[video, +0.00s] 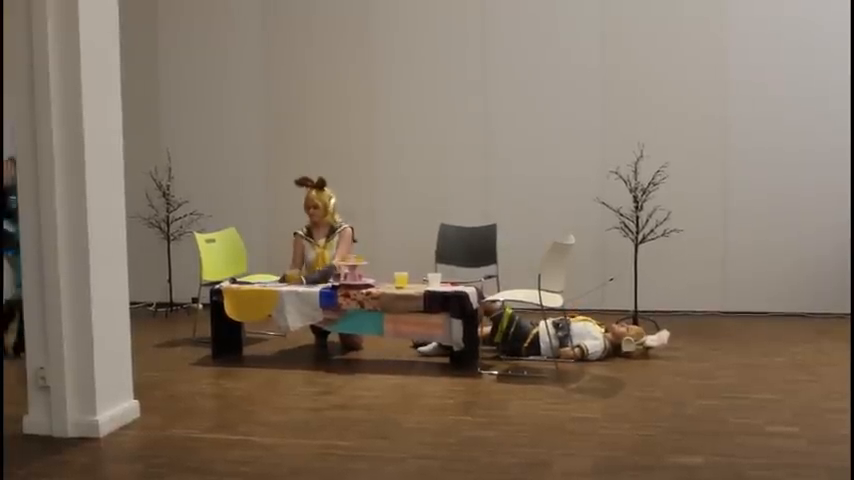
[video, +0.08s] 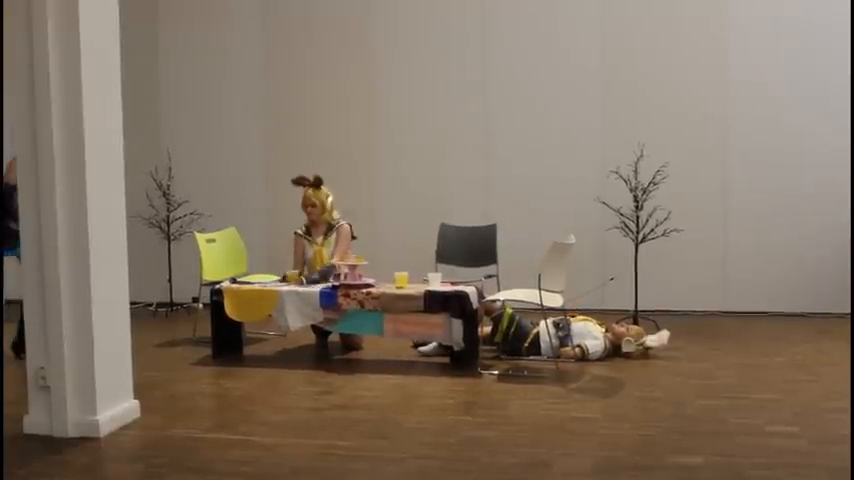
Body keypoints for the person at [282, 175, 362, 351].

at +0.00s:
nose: (310, 212)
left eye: (315, 207)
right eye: (307, 207)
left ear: (328, 208)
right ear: (304, 208)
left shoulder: (344, 231)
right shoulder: (301, 235)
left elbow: (338, 265)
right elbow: (295, 269)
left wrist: (308, 280)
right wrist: (291, 279)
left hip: (339, 291)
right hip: (311, 294)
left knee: (354, 343)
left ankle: (347, 338)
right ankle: (320, 339)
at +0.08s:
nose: (308, 210)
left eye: (313, 206)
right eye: (305, 206)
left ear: (325, 206)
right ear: (302, 207)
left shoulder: (342, 228)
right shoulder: (301, 235)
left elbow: (336, 262)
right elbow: (297, 271)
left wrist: (310, 279)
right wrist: (290, 279)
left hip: (340, 286)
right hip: (313, 289)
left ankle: (347, 335)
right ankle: (321, 338)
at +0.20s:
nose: (306, 212)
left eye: (311, 208)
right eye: (303, 208)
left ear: (323, 208)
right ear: (300, 209)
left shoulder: (337, 230)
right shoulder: (303, 237)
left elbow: (340, 267)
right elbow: (298, 271)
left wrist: (316, 277)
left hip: (340, 288)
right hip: (314, 291)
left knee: (355, 343)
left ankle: (347, 332)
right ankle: (321, 337)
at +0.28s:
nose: (307, 214)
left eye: (313, 209)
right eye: (304, 210)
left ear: (324, 210)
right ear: (300, 211)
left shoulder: (337, 234)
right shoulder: (302, 238)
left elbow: (340, 270)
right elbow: (298, 270)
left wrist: (313, 279)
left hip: (339, 290)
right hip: (313, 292)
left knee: (355, 343)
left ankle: (348, 333)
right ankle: (322, 338)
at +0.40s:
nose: (312, 210)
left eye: (318, 206)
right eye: (308, 205)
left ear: (329, 209)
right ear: (304, 208)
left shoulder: (340, 235)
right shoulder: (301, 236)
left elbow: (341, 271)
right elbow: (297, 270)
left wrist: (313, 274)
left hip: (339, 291)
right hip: (312, 293)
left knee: (356, 342)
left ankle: (347, 332)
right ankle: (321, 336)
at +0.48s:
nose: (314, 206)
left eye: (320, 202)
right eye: (311, 202)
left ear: (331, 207)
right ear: (307, 206)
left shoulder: (342, 235)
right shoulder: (302, 235)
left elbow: (343, 271)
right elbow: (297, 271)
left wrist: (314, 278)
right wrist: (293, 264)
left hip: (338, 293)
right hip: (311, 294)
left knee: (356, 342)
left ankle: (347, 332)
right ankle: (321, 336)